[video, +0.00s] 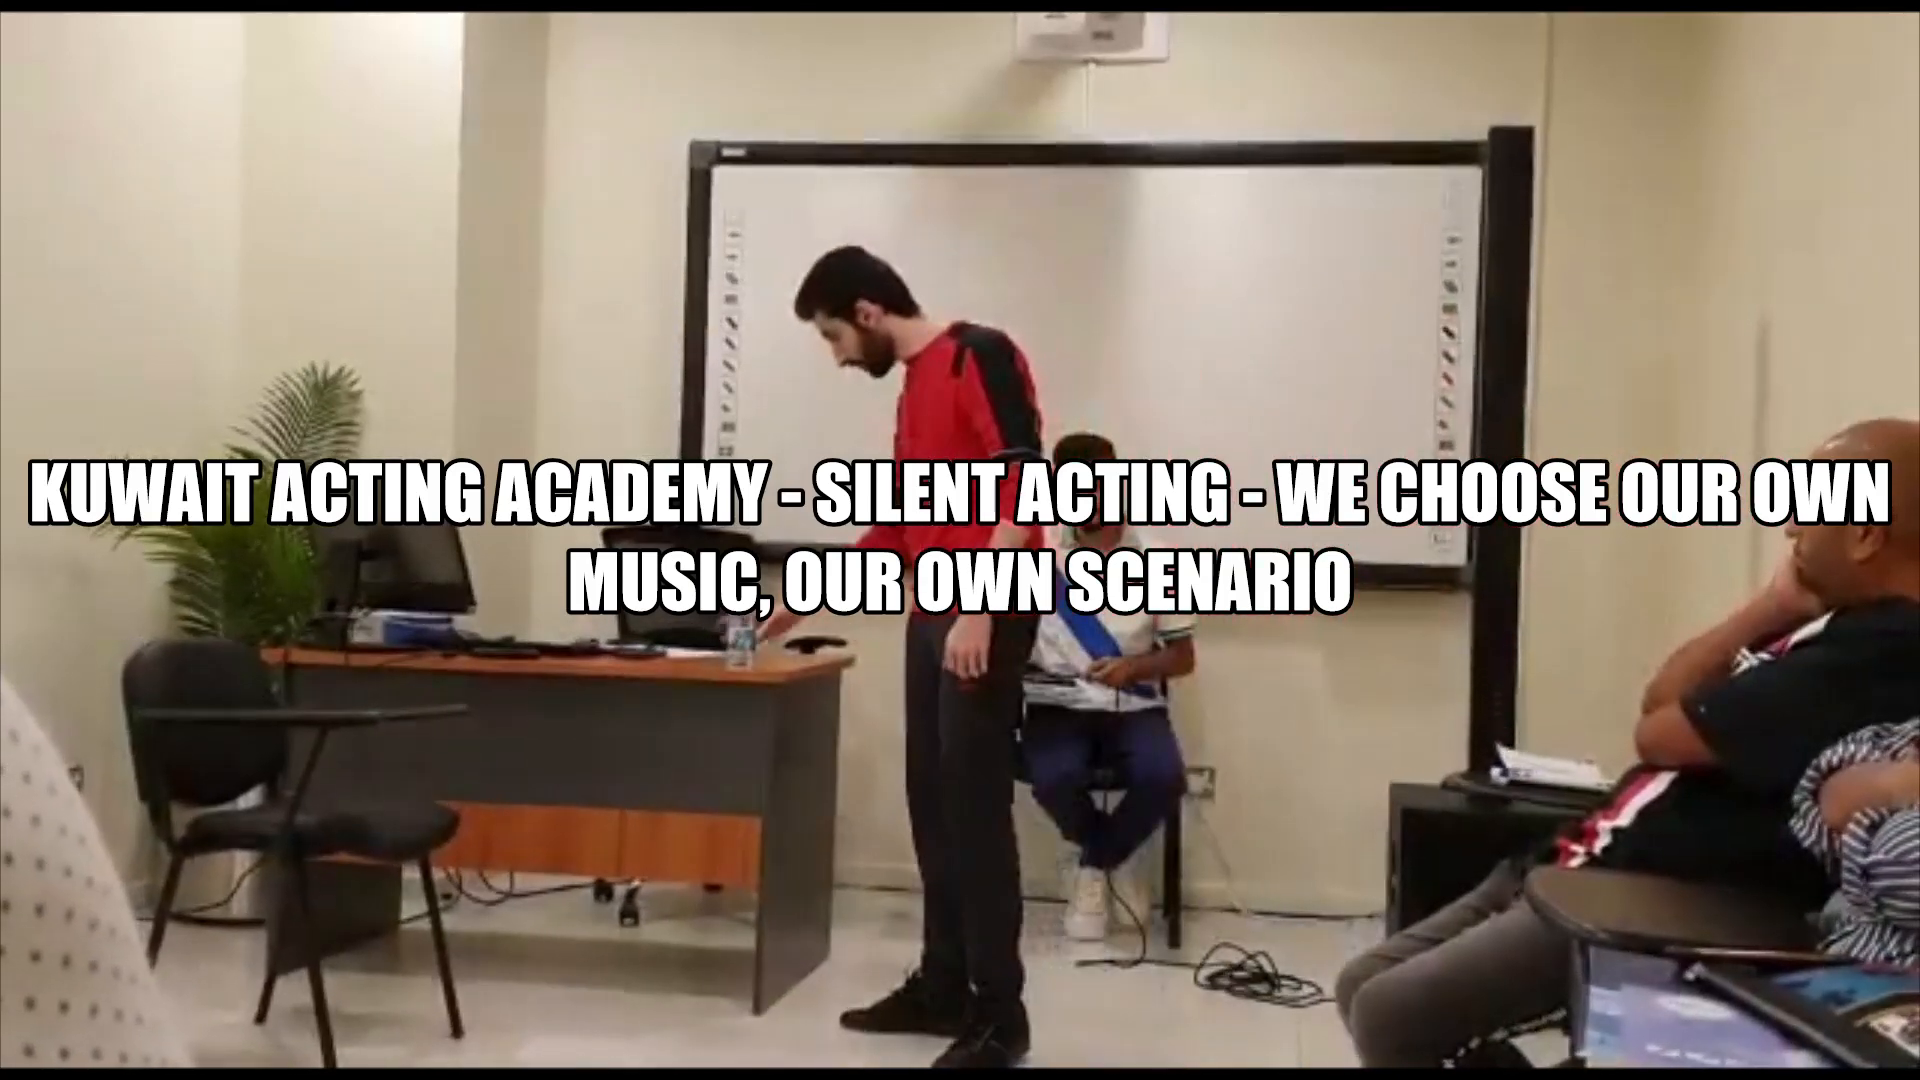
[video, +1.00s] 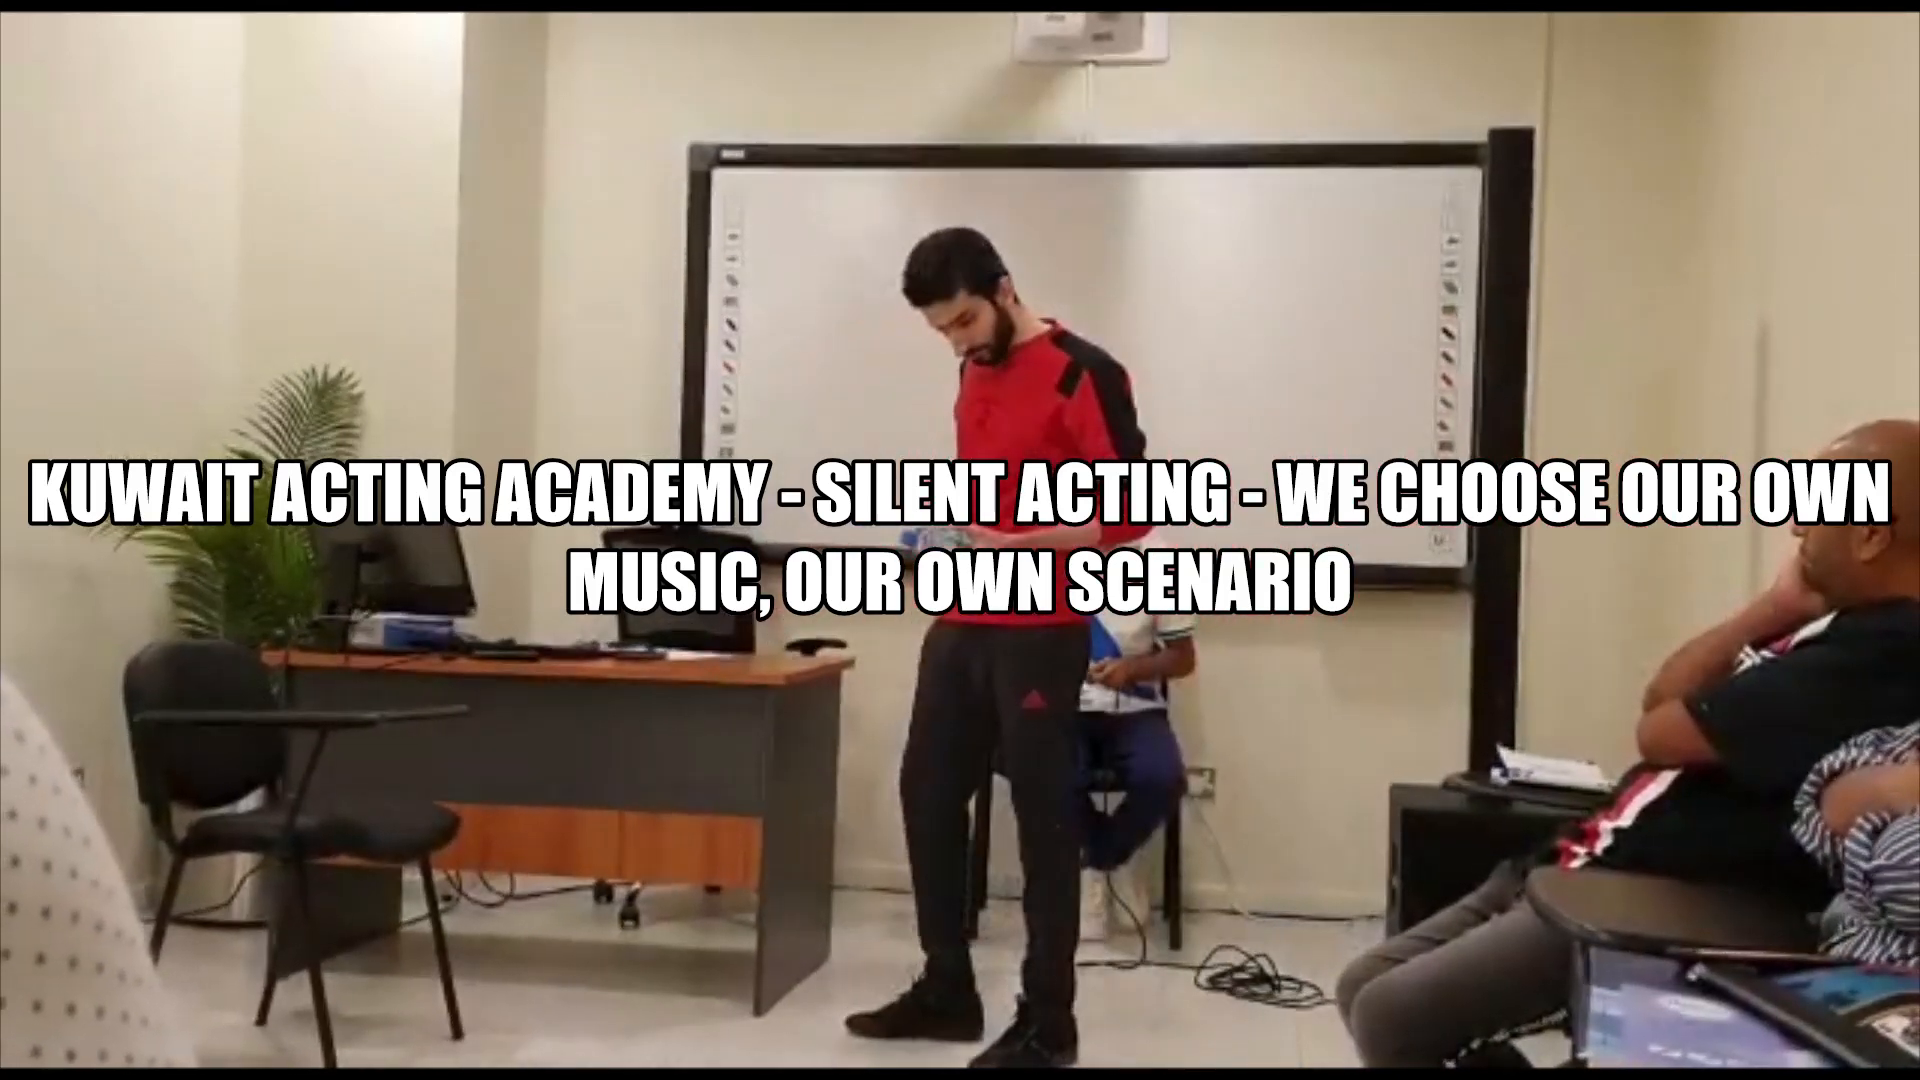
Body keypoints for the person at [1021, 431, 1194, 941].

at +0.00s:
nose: (1091, 510)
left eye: (1100, 494)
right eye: (1078, 496)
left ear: (1119, 493)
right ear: (1058, 499)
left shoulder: (1150, 559)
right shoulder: (1041, 557)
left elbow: (1182, 654)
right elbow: (1012, 634)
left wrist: (1135, 667)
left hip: (1134, 708)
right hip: (1057, 705)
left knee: (1162, 778)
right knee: (1053, 780)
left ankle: (1093, 868)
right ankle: (1111, 860)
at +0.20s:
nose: (1094, 516)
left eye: (1102, 499)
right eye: (1080, 501)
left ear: (1120, 497)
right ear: (1059, 503)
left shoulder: (1150, 559)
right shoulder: (1042, 557)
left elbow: (1182, 654)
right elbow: (1013, 634)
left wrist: (1132, 668)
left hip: (1134, 707)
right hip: (1057, 705)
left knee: (1162, 777)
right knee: (1052, 781)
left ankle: (1093, 866)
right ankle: (1112, 859)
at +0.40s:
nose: (1095, 516)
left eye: (1103, 500)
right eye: (1081, 502)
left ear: (1121, 497)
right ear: (1059, 505)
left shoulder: (1150, 558)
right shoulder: (1041, 557)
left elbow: (1182, 654)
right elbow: (1013, 633)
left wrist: (1132, 668)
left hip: (1133, 707)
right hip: (1057, 704)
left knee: (1161, 777)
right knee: (1052, 781)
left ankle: (1093, 866)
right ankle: (1114, 859)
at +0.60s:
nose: (1093, 508)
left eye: (1101, 493)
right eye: (1082, 494)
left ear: (1120, 493)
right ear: (1064, 499)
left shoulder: (1149, 556)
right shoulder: (1047, 556)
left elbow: (1183, 655)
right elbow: (1022, 634)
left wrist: (1131, 669)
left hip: (1134, 708)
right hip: (1063, 707)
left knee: (1161, 779)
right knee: (1055, 784)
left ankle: (1093, 868)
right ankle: (1113, 859)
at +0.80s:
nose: (1106, 535)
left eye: (1113, 526)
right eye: (1097, 526)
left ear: (1128, 527)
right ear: (1080, 526)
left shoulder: (1155, 565)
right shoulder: (1056, 564)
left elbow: (1183, 657)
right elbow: (1031, 641)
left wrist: (1130, 668)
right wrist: (1069, 667)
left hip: (1137, 711)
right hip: (1070, 713)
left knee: (1161, 780)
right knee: (1056, 785)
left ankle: (1096, 858)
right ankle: (1112, 854)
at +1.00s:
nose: (1118, 533)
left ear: (1137, 536)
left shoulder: (1156, 576)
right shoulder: (1056, 575)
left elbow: (1183, 656)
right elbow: (1034, 646)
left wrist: (1134, 667)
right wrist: (1076, 670)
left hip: (1139, 713)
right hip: (1072, 712)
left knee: (1162, 778)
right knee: (1051, 780)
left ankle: (1097, 863)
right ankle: (1117, 861)